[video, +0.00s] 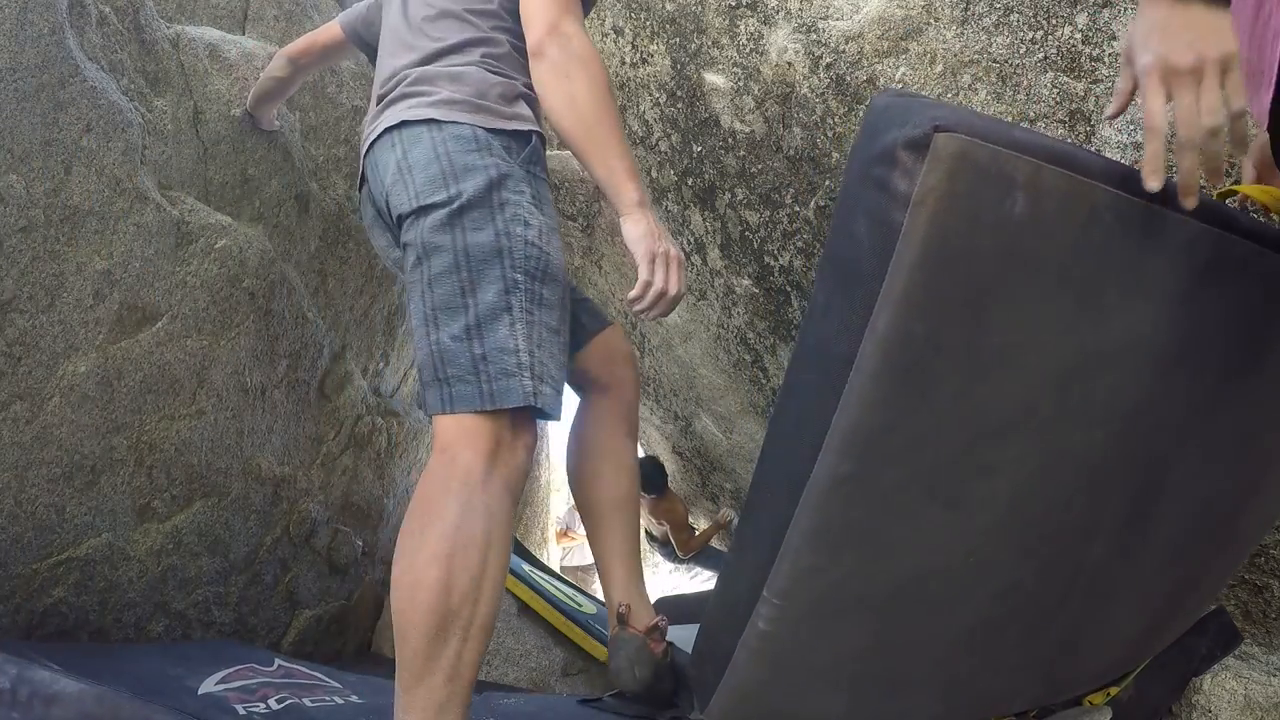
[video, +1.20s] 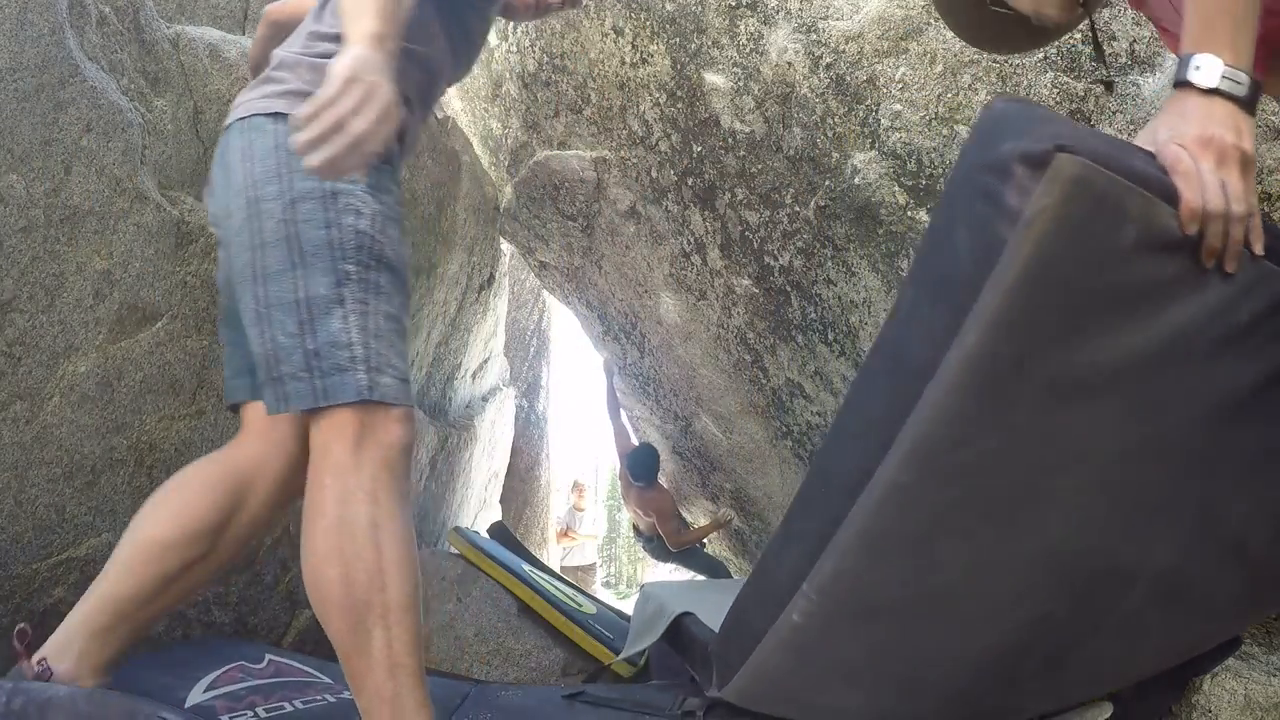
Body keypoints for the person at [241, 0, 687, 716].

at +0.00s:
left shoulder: (405, 6)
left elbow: (296, 52)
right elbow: (551, 40)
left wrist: (258, 107)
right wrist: (635, 207)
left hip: (391, 159)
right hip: (462, 143)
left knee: (609, 366)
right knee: (484, 440)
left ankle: (635, 631)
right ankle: (425, 708)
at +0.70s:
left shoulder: (428, 9)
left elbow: (327, 44)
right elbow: (611, 39)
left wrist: (267, 90)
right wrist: (734, 186)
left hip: (359, 153)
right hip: (434, 137)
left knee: (550, 379)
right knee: (470, 434)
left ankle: (588, 648)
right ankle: (425, 711)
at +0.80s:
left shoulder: (420, 14)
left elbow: (332, 41)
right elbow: (599, 17)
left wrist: (267, 92)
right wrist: (722, 155)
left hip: (353, 144)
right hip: (418, 132)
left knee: (544, 377)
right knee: (453, 434)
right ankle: (422, 708)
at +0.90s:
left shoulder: (428, 16)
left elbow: (327, 39)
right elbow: (581, 8)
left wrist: (268, 93)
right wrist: (669, 114)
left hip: (360, 136)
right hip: (405, 130)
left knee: (512, 401)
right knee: (448, 426)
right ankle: (420, 710)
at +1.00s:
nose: (609, 13)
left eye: (612, 13)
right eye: (609, 6)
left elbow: (324, 26)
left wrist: (273, 92)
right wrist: (577, 82)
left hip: (362, 128)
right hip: (379, 125)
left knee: (435, 424)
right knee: (420, 428)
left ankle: (171, 558)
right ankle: (411, 708)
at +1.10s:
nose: (577, 9)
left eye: (585, 11)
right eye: (581, 1)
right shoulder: (500, 5)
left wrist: (269, 93)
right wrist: (468, 68)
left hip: (309, 134)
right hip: (350, 130)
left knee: (339, 441)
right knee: (390, 432)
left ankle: (93, 632)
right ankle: (402, 711)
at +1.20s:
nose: (550, 5)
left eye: (559, 6)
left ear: (541, 4)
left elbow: (283, 13)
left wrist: (265, 107)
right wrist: (373, 46)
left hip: (271, 135)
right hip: (320, 128)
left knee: (274, 441)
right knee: (366, 429)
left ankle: (63, 665)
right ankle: (401, 709)